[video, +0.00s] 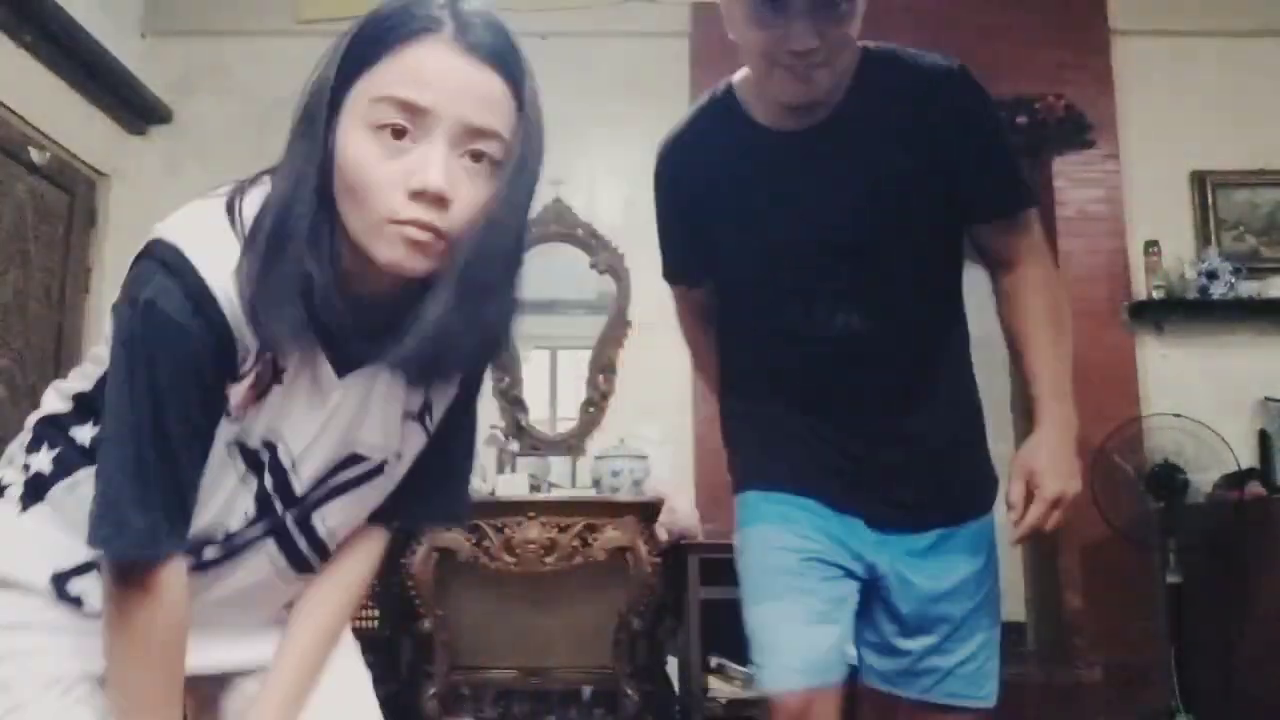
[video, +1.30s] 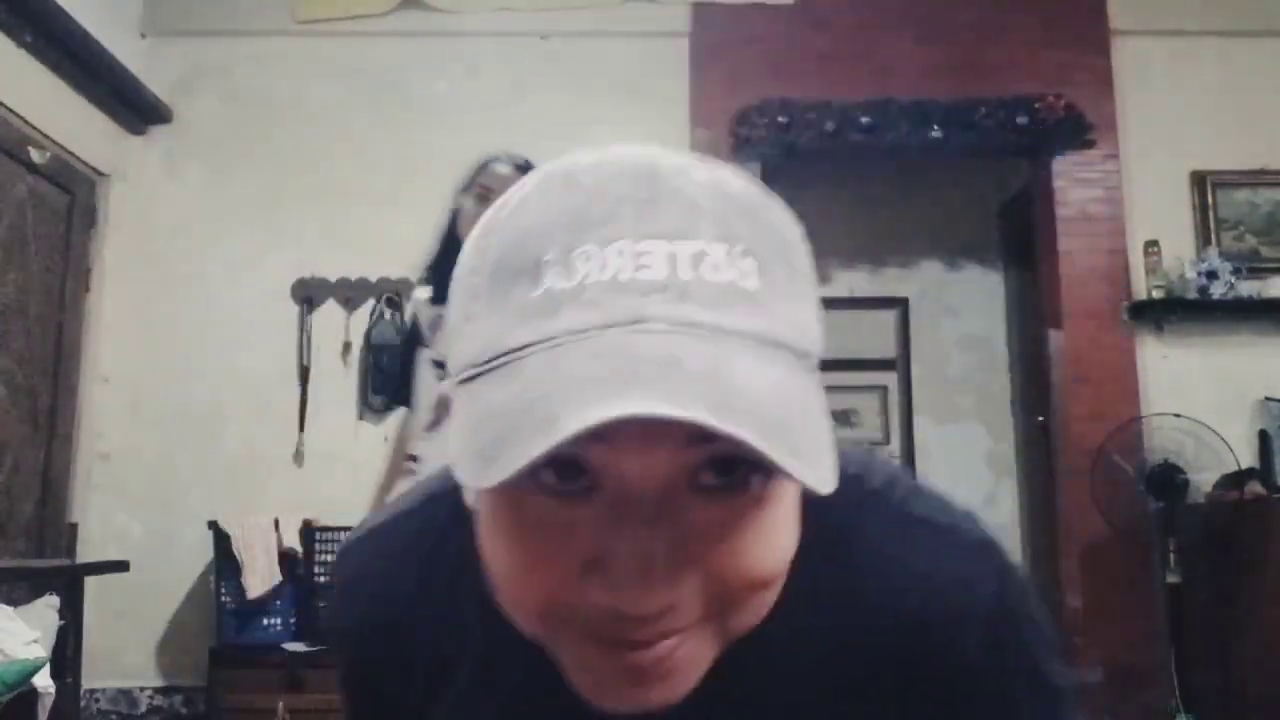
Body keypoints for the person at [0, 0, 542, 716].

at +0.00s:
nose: (434, 183)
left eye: (479, 156)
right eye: (397, 131)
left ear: (509, 187)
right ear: (327, 129)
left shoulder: (459, 309)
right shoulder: (192, 280)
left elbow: (371, 528)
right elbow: (146, 572)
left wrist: (272, 707)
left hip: (276, 608)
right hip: (69, 597)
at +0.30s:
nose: (429, 258)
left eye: (465, 229)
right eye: (398, 212)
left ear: (492, 246)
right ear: (343, 203)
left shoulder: (465, 355)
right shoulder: (238, 311)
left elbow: (362, 530)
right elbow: (202, 540)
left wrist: (274, 695)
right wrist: (224, 702)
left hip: (314, 589)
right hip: (144, 573)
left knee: (336, 712)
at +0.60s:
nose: (398, 212)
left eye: (428, 189)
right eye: (371, 178)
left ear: (453, 206)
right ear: (324, 179)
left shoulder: (467, 306)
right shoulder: (251, 277)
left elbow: (407, 487)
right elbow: (239, 474)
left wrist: (321, 634)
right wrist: (265, 639)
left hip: (377, 557)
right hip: (231, 550)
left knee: (331, 709)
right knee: (215, 708)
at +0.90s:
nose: (381, 211)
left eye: (406, 196)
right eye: (362, 186)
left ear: (427, 215)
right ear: (328, 193)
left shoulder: (458, 315)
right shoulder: (279, 299)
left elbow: (447, 472)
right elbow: (269, 454)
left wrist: (394, 614)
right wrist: (263, 598)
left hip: (413, 562)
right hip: (300, 556)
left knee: (361, 703)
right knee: (281, 695)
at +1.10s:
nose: (425, 184)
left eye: (447, 174)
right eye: (411, 163)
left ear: (469, 195)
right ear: (381, 174)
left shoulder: (492, 295)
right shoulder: (336, 294)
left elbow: (494, 430)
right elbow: (321, 424)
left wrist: (461, 547)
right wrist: (310, 527)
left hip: (457, 546)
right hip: (358, 545)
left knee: (413, 707)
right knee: (340, 706)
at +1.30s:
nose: (490, 214)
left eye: (507, 205)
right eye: (482, 197)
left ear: (526, 221)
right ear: (459, 202)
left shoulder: (529, 313)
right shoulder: (427, 302)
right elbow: (415, 416)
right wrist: (377, 510)